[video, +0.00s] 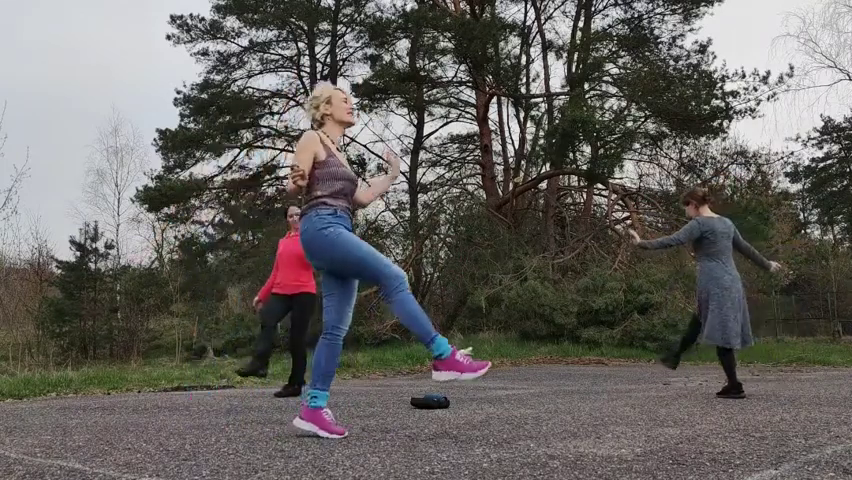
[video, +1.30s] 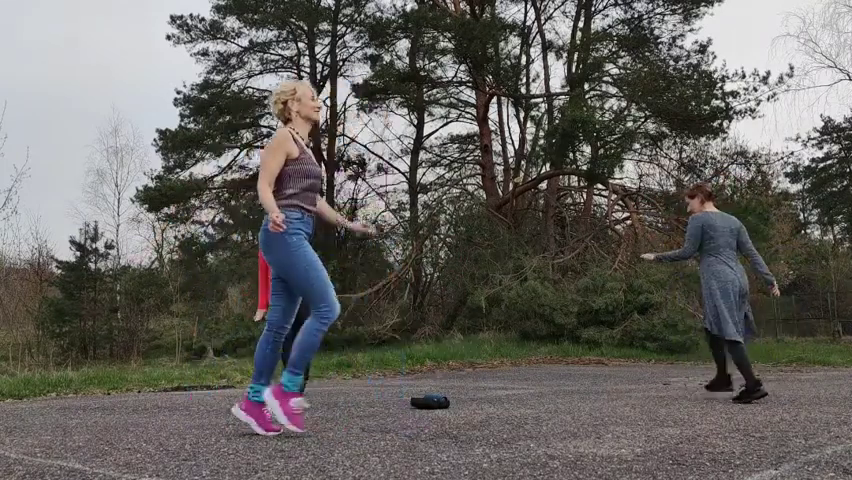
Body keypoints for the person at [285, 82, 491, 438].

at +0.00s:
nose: (352, 104)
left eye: (351, 100)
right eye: (344, 99)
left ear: (340, 109)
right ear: (325, 107)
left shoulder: (339, 157)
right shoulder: (312, 138)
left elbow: (362, 197)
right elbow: (296, 185)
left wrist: (392, 171)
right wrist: (296, 184)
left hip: (337, 233)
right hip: (321, 227)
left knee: (335, 328)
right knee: (393, 278)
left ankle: (312, 409)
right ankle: (444, 356)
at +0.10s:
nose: (359, 105)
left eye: (358, 100)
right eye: (352, 100)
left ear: (348, 109)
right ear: (333, 106)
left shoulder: (343, 152)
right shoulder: (320, 138)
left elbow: (361, 200)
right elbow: (307, 179)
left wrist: (404, 187)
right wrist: (311, 187)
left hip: (346, 233)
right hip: (336, 230)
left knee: (344, 327)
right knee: (403, 290)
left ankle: (316, 405)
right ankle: (423, 379)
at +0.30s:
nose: (373, 106)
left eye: (370, 101)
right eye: (367, 102)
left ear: (353, 112)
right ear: (352, 111)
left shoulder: (359, 149)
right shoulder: (348, 145)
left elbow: (368, 211)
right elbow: (338, 195)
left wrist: (405, 225)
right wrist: (350, 201)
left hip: (358, 241)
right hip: (367, 238)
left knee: (363, 332)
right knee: (397, 323)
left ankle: (321, 404)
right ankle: (390, 408)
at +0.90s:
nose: (358, 107)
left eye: (356, 102)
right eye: (351, 103)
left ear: (340, 111)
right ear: (333, 111)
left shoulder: (343, 146)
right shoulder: (330, 145)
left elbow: (351, 196)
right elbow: (327, 197)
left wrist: (375, 214)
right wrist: (341, 224)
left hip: (349, 238)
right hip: (349, 239)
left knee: (335, 328)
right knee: (380, 322)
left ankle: (276, 386)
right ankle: (388, 407)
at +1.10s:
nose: (333, 120)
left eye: (331, 114)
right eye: (326, 115)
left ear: (318, 121)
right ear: (307, 120)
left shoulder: (317, 158)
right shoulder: (300, 151)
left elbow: (331, 209)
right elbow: (284, 200)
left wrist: (378, 204)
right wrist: (294, 229)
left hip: (309, 247)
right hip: (306, 247)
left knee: (290, 337)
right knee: (352, 322)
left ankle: (248, 407)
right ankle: (378, 407)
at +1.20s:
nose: (325, 111)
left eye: (323, 106)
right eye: (318, 106)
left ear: (310, 115)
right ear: (300, 114)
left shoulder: (310, 155)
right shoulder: (290, 146)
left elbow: (323, 205)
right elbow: (271, 194)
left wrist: (370, 207)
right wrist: (280, 222)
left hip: (300, 240)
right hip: (292, 240)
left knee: (281, 331)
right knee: (342, 312)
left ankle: (250, 404)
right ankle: (336, 401)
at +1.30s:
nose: (319, 103)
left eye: (318, 98)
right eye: (312, 98)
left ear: (304, 106)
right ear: (293, 105)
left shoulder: (304, 147)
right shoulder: (283, 137)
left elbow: (315, 201)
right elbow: (263, 185)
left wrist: (349, 224)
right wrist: (273, 211)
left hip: (297, 233)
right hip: (284, 231)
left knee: (278, 323)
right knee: (326, 309)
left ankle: (253, 400)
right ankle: (288, 391)